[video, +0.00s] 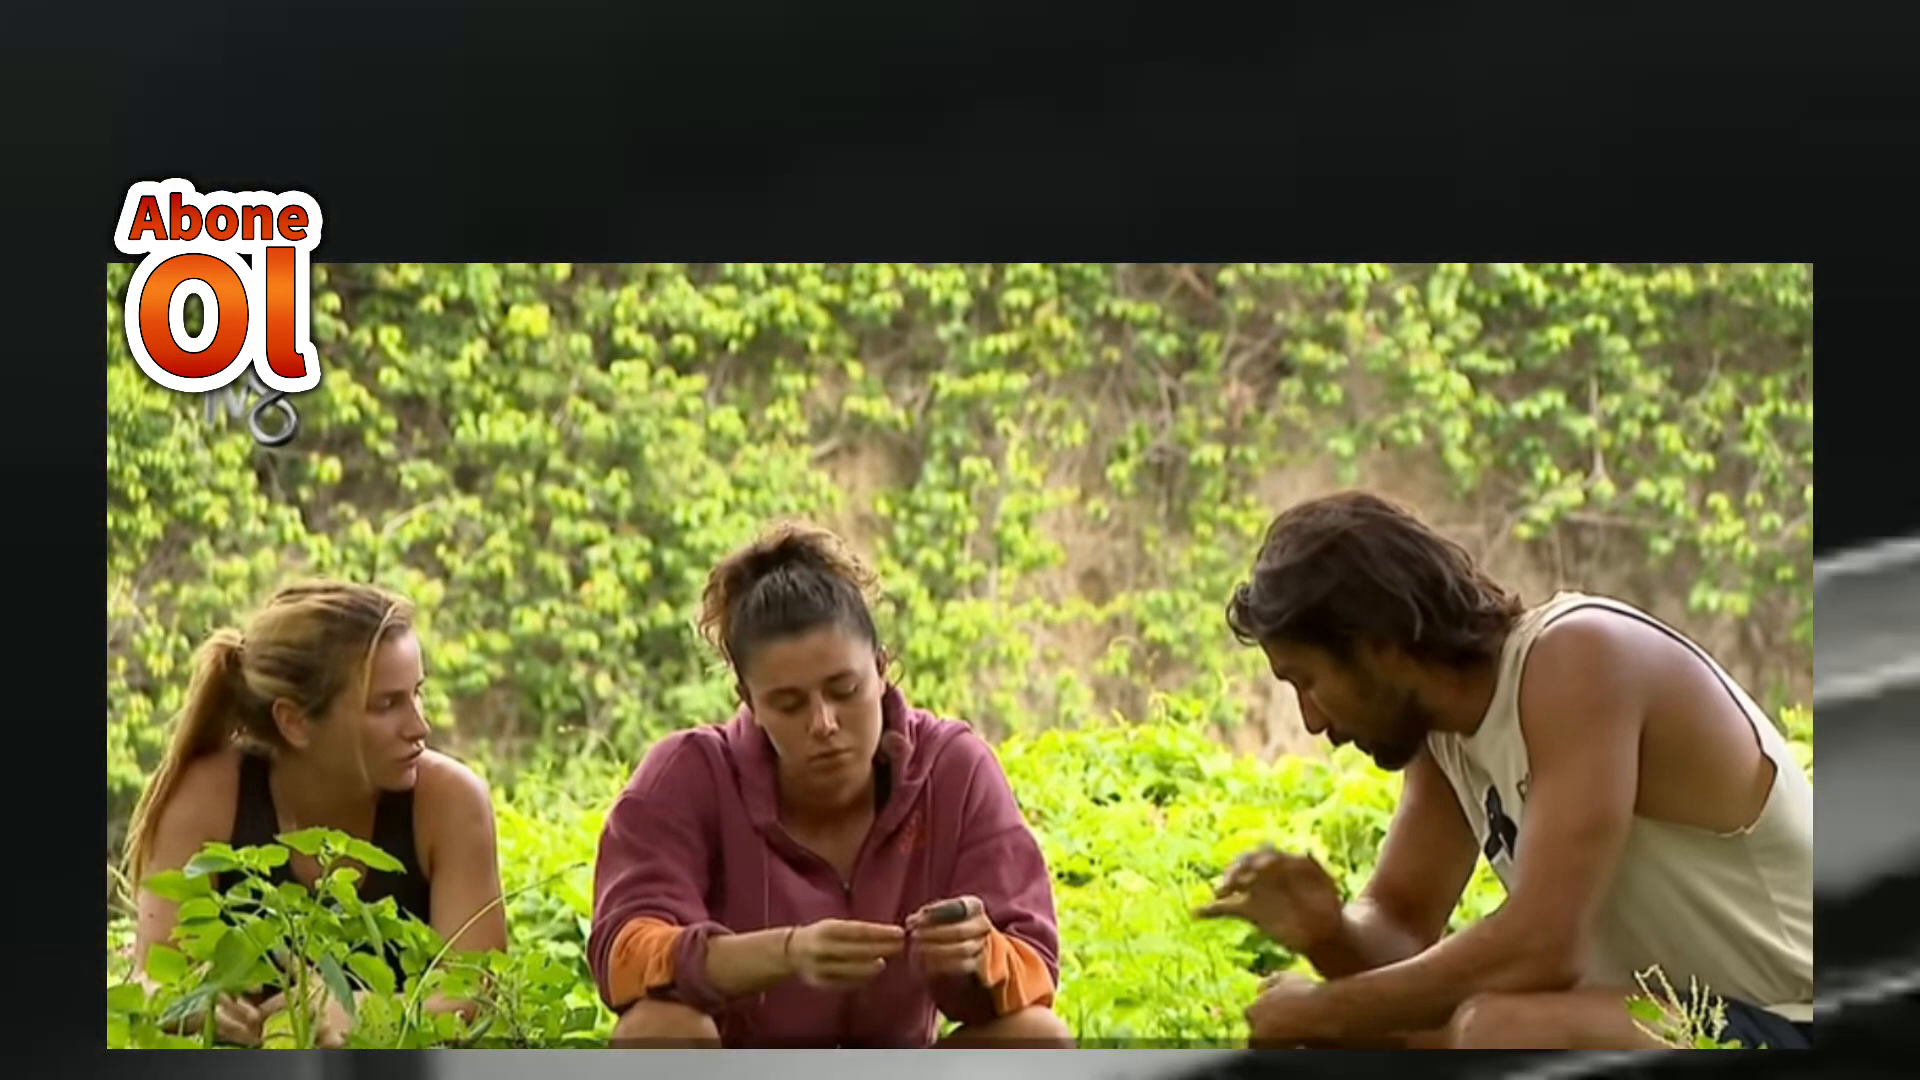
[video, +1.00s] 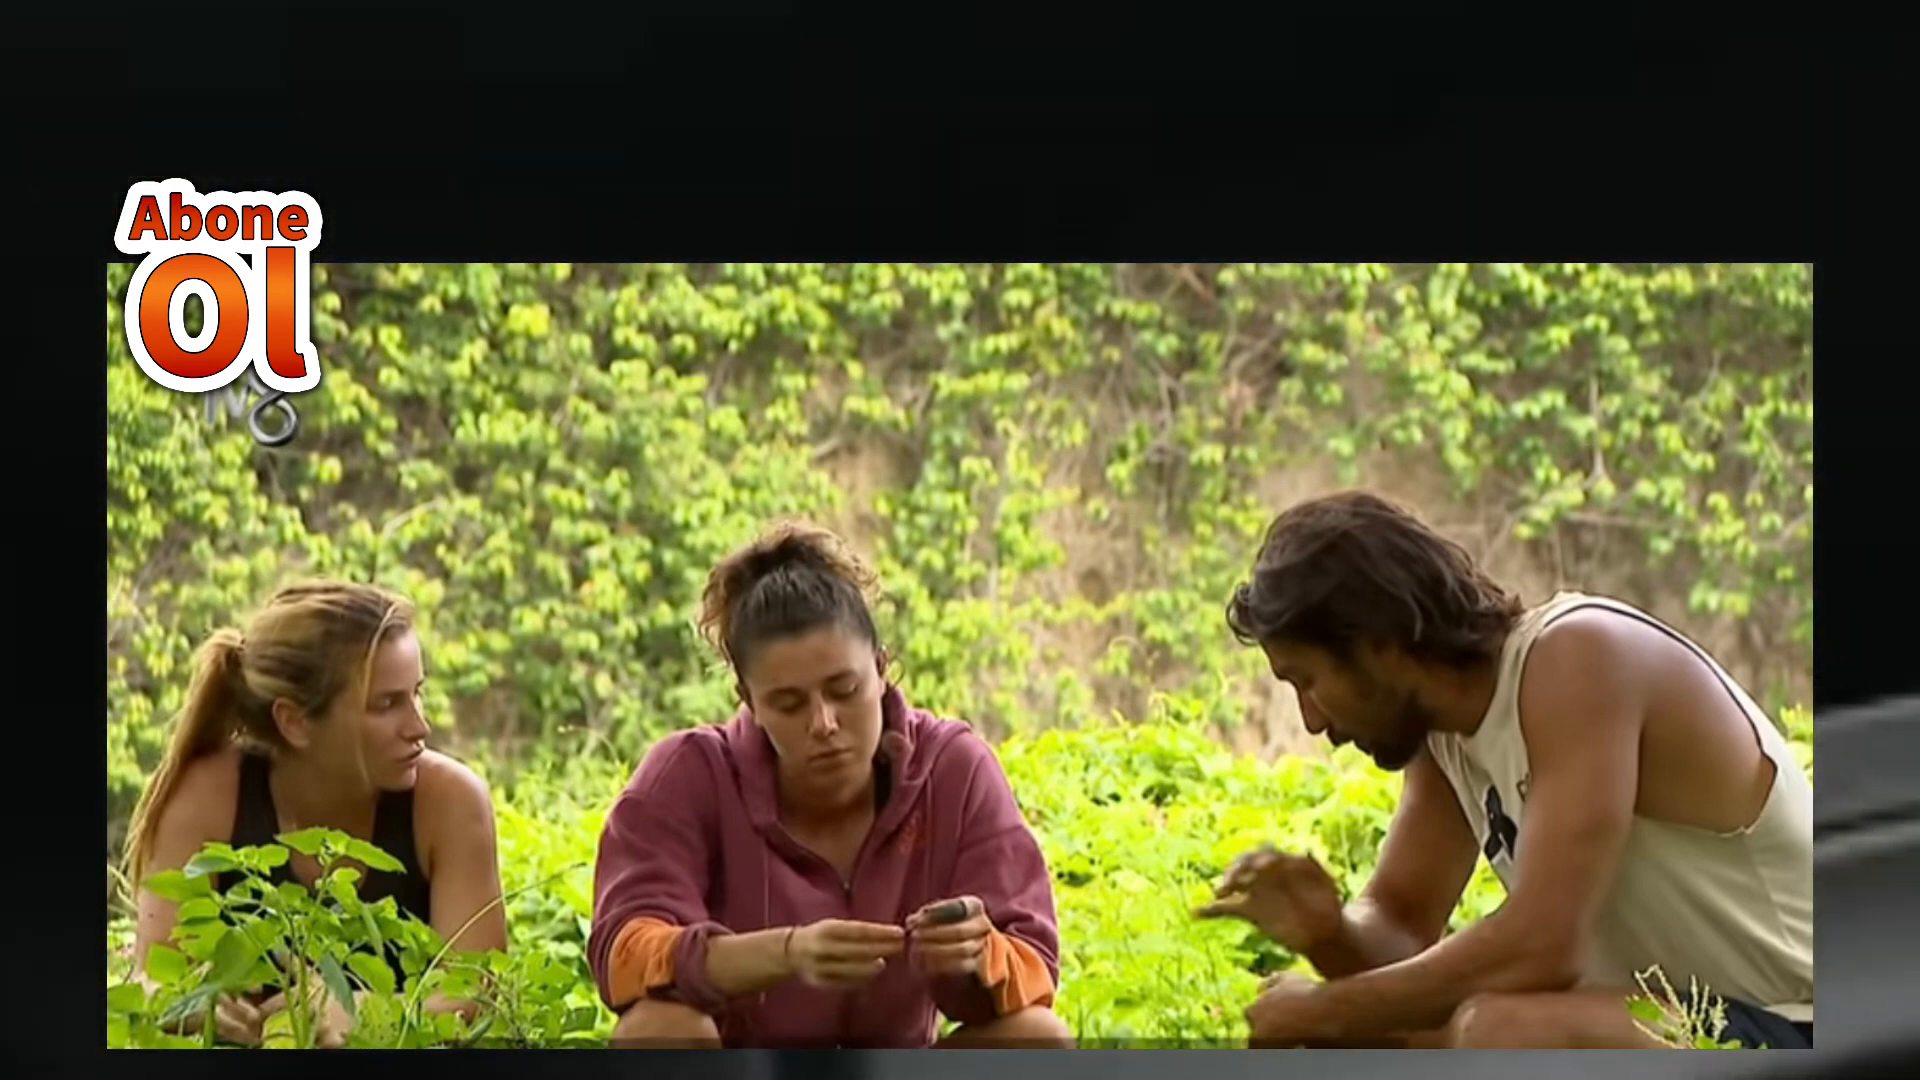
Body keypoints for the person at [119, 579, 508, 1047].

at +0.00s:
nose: (420, 725)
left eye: (417, 695)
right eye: (388, 705)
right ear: (295, 722)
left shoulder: (451, 799)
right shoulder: (206, 791)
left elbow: (470, 1001)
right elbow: (151, 983)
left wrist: (355, 1013)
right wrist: (198, 1008)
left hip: (386, 1066)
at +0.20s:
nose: (420, 725)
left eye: (417, 695)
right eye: (388, 705)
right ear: (295, 722)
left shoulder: (451, 799)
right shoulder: (205, 792)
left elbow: (470, 1001)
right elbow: (153, 984)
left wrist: (354, 1013)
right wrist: (200, 1009)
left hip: (385, 1065)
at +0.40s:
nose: (420, 725)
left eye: (417, 695)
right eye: (388, 705)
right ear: (295, 722)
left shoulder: (451, 799)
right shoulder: (205, 792)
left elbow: (470, 1001)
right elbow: (153, 984)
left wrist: (354, 1013)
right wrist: (199, 1009)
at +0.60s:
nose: (420, 725)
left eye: (417, 695)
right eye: (388, 705)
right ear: (295, 722)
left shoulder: (451, 799)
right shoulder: (205, 792)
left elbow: (470, 1001)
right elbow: (153, 984)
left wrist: (354, 1013)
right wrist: (200, 1009)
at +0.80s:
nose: (420, 725)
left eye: (417, 695)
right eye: (388, 705)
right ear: (295, 723)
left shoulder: (451, 799)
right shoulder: (206, 791)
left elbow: (470, 1002)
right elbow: (152, 983)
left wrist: (355, 1013)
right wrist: (197, 1008)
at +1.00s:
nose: (420, 725)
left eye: (417, 695)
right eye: (388, 705)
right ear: (295, 722)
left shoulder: (451, 799)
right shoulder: (206, 791)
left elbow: (470, 1002)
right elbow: (152, 983)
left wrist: (354, 1013)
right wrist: (197, 1008)